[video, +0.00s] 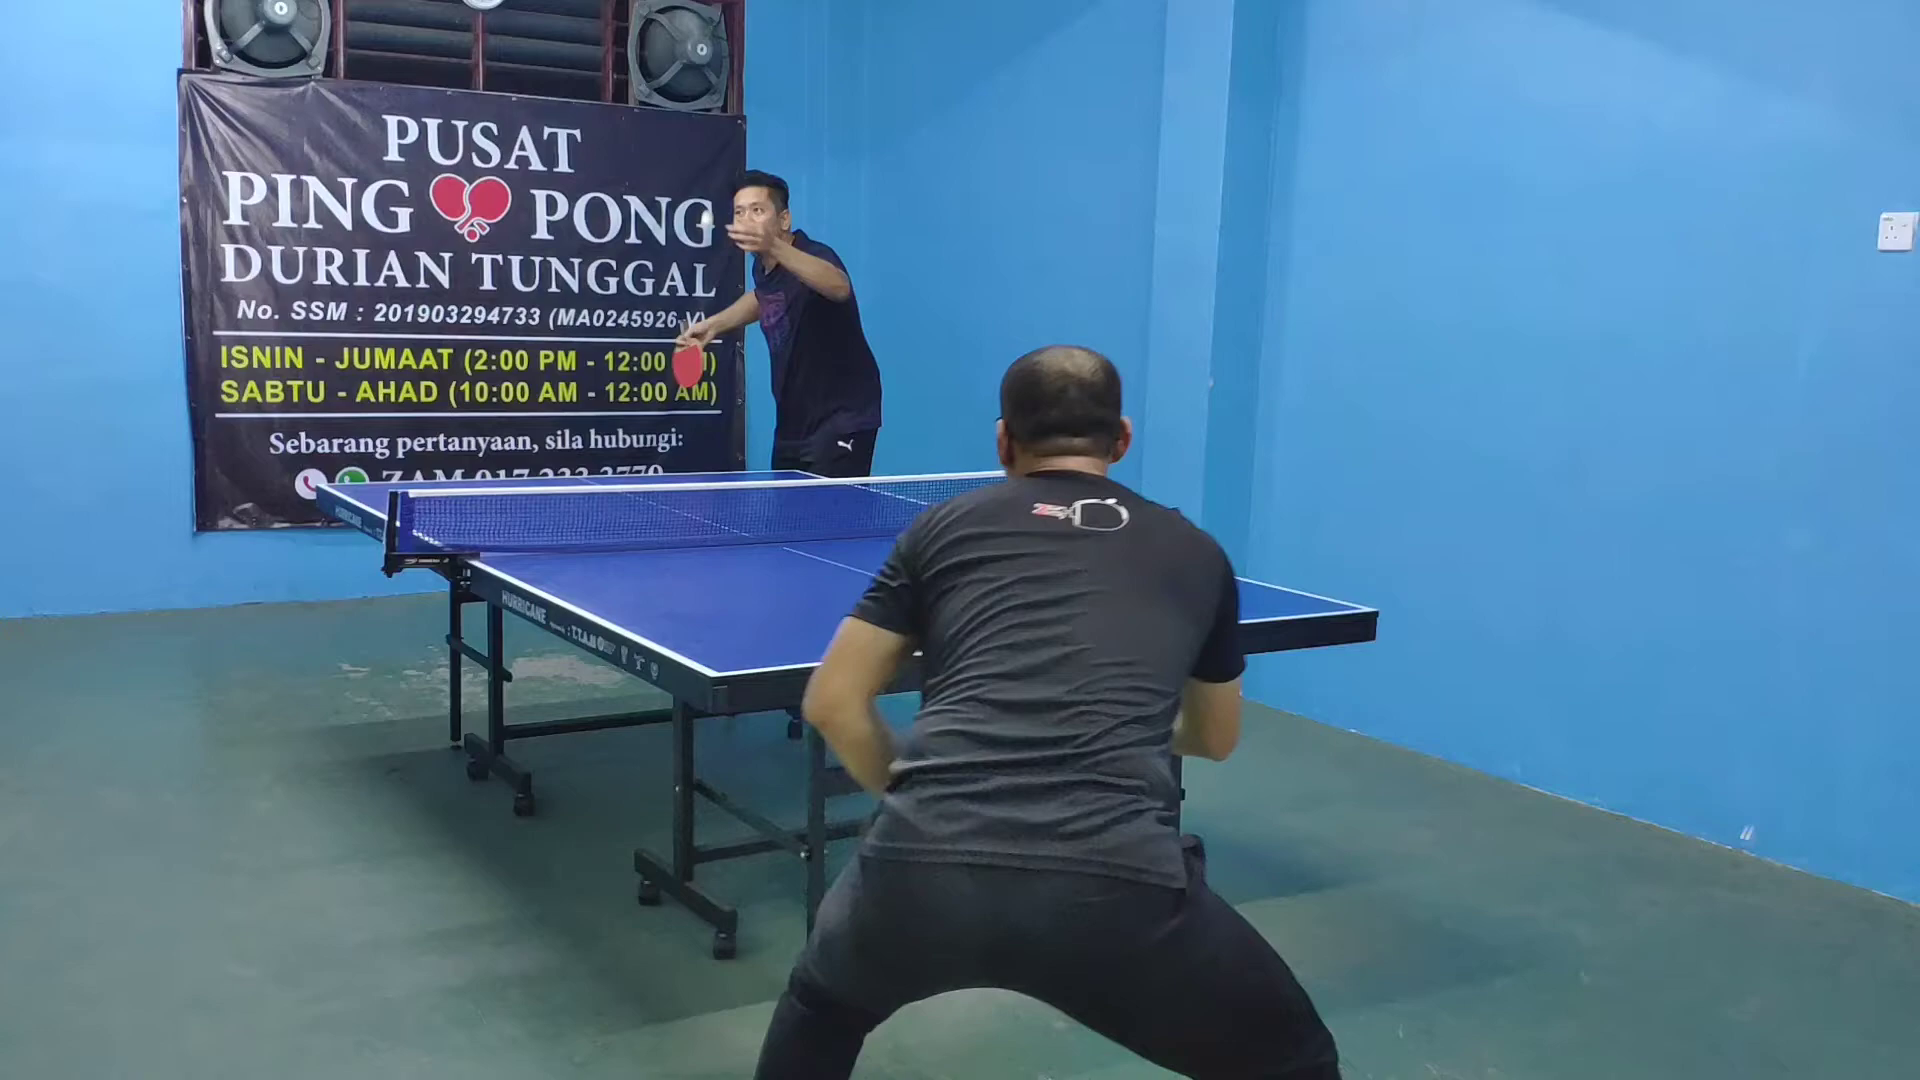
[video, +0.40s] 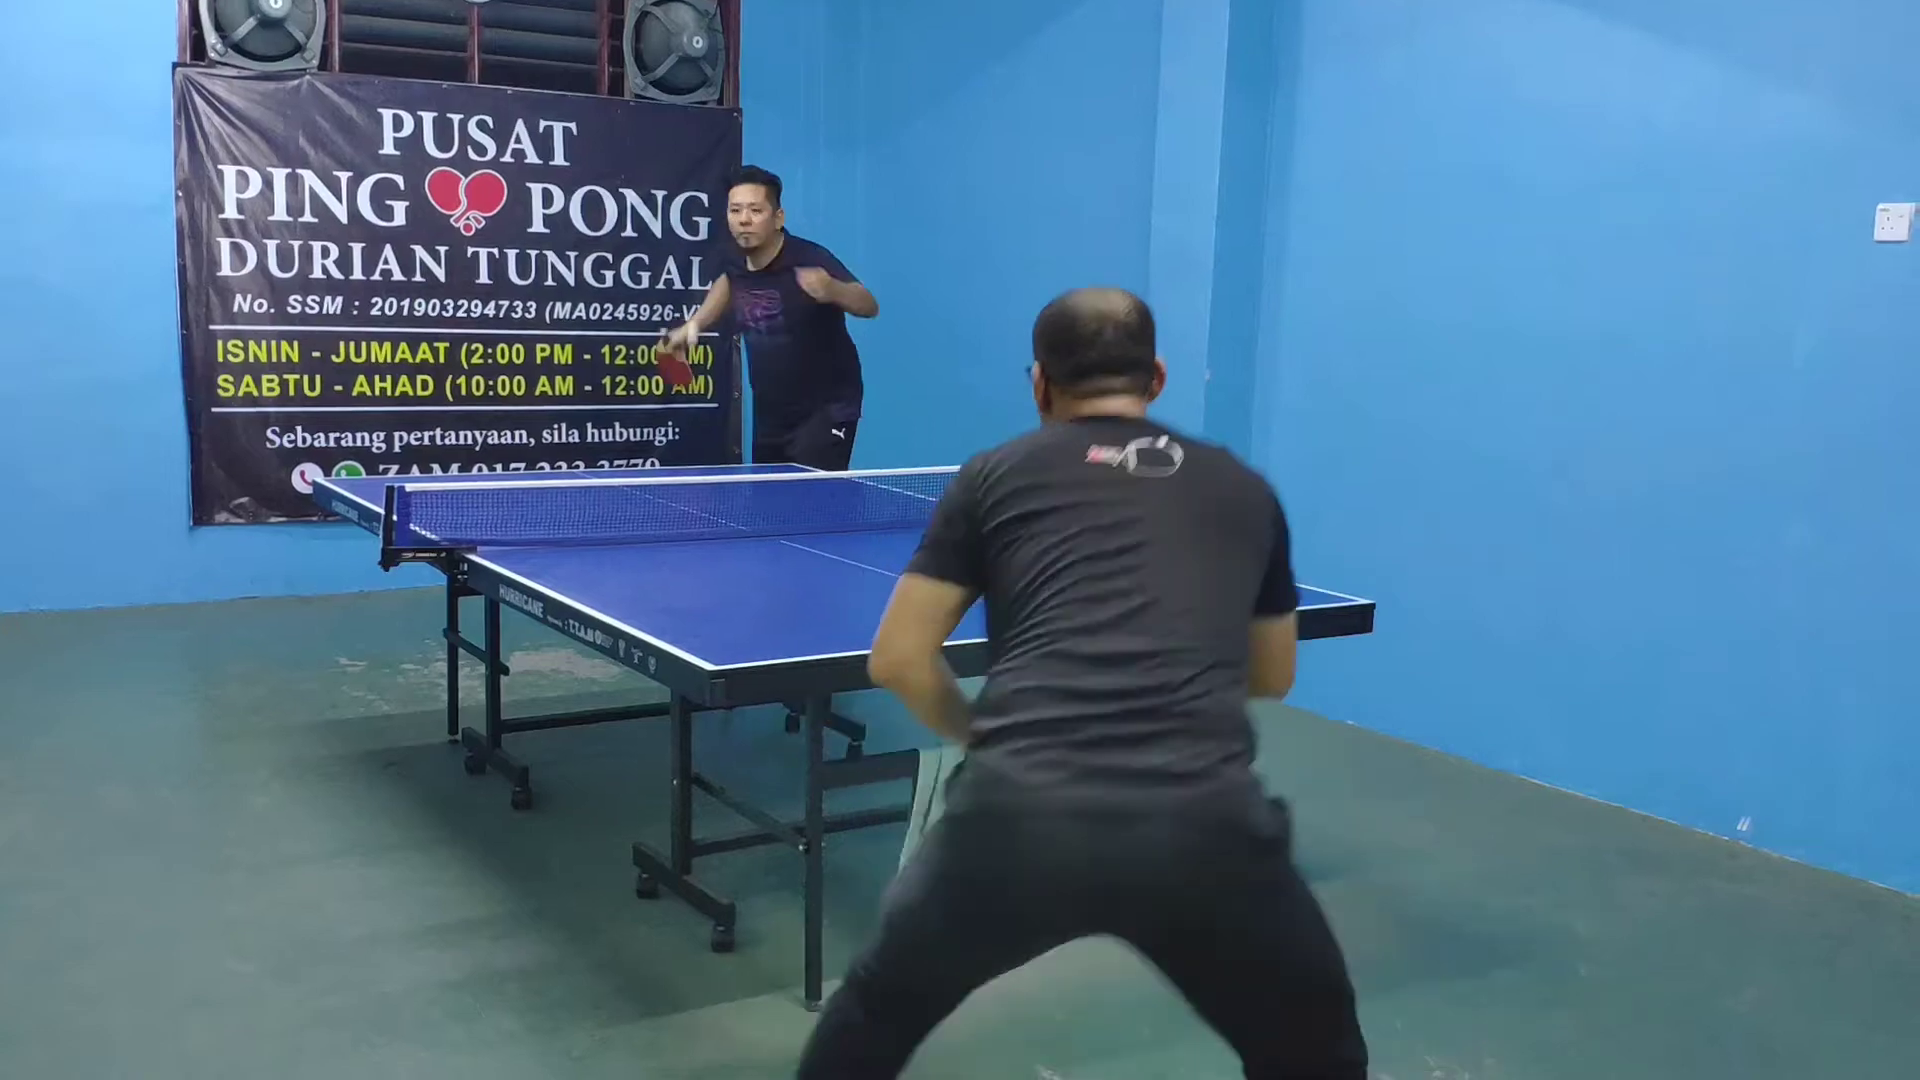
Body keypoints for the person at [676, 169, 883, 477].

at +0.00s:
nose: (747, 221)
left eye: (758, 210)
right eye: (739, 213)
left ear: (783, 219)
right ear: (734, 221)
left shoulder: (813, 255)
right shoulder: (762, 266)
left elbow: (841, 288)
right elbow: (762, 299)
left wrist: (776, 246)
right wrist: (712, 326)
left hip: (843, 416)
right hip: (794, 418)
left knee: (828, 518)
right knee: (783, 519)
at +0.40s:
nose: (744, 220)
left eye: (755, 210)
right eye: (735, 211)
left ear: (778, 218)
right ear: (727, 217)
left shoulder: (810, 258)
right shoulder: (734, 262)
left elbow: (869, 306)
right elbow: (727, 284)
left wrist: (833, 290)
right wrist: (696, 323)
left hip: (826, 405)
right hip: (771, 406)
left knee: (809, 506)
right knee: (766, 505)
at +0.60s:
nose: (740, 206)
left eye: (752, 197)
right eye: (732, 195)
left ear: (771, 204)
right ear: (720, 199)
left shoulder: (804, 252)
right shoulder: (704, 247)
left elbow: (851, 289)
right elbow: (669, 307)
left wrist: (870, 301)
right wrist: (694, 294)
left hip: (792, 400)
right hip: (732, 398)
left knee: (784, 500)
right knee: (730, 500)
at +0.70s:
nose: (731, 195)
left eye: (743, 187)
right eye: (722, 185)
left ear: (759, 195)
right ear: (708, 192)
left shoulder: (793, 246)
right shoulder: (688, 240)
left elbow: (840, 286)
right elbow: (651, 299)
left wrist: (861, 298)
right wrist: (678, 290)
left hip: (775, 399)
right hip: (707, 396)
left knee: (776, 498)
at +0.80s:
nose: (712, 189)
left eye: (723, 180)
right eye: (702, 178)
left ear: (739, 189)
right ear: (688, 186)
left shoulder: (771, 241)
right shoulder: (664, 237)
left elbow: (819, 285)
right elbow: (628, 294)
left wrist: (832, 303)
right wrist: (651, 292)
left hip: (751, 405)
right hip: (678, 402)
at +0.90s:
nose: (685, 187)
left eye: (695, 178)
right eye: (675, 178)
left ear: (713, 186)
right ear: (659, 185)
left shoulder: (742, 241)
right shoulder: (638, 238)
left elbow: (785, 291)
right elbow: (601, 296)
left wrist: (800, 314)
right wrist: (622, 303)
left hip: (724, 403)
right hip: (653, 400)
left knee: (738, 508)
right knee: (606, 498)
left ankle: (747, 606)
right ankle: (556, 606)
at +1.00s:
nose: (657, 187)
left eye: (667, 179)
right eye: (648, 178)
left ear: (684, 187)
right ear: (632, 185)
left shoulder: (711, 242)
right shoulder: (605, 242)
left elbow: (754, 292)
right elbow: (572, 303)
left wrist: (765, 316)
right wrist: (595, 312)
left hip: (697, 403)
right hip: (622, 402)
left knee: (721, 499)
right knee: (581, 496)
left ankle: (740, 602)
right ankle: (547, 600)